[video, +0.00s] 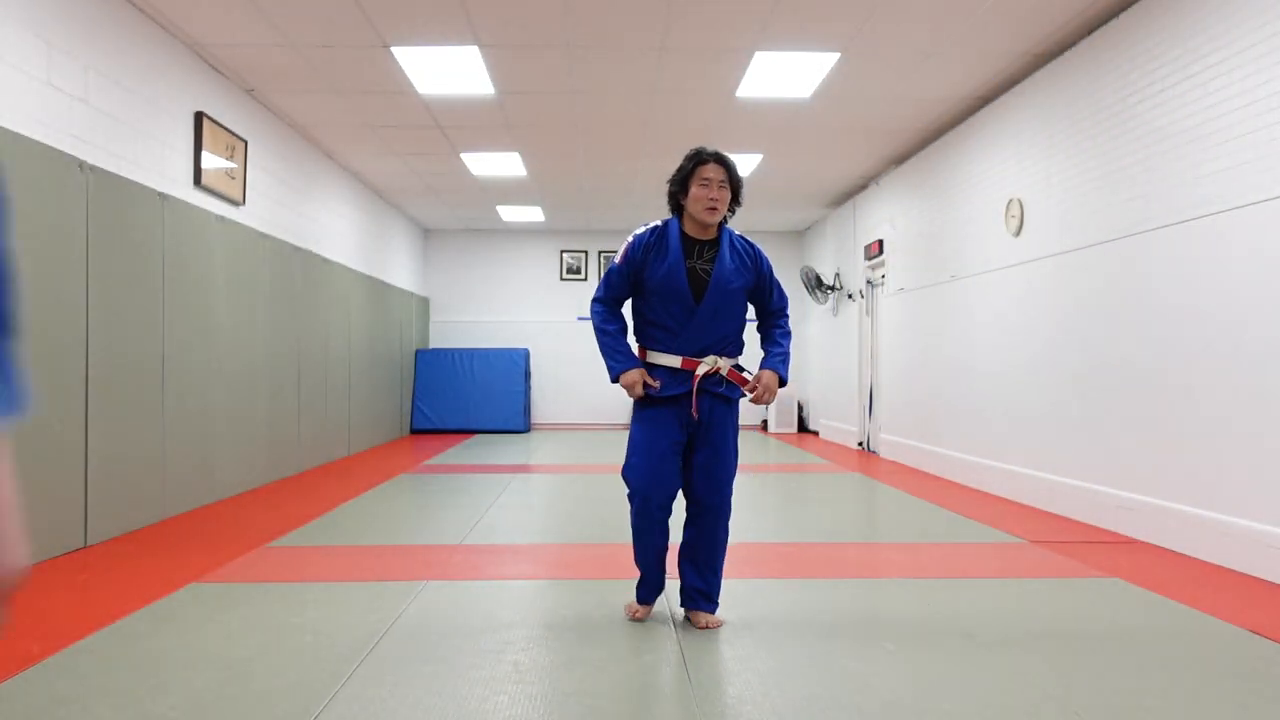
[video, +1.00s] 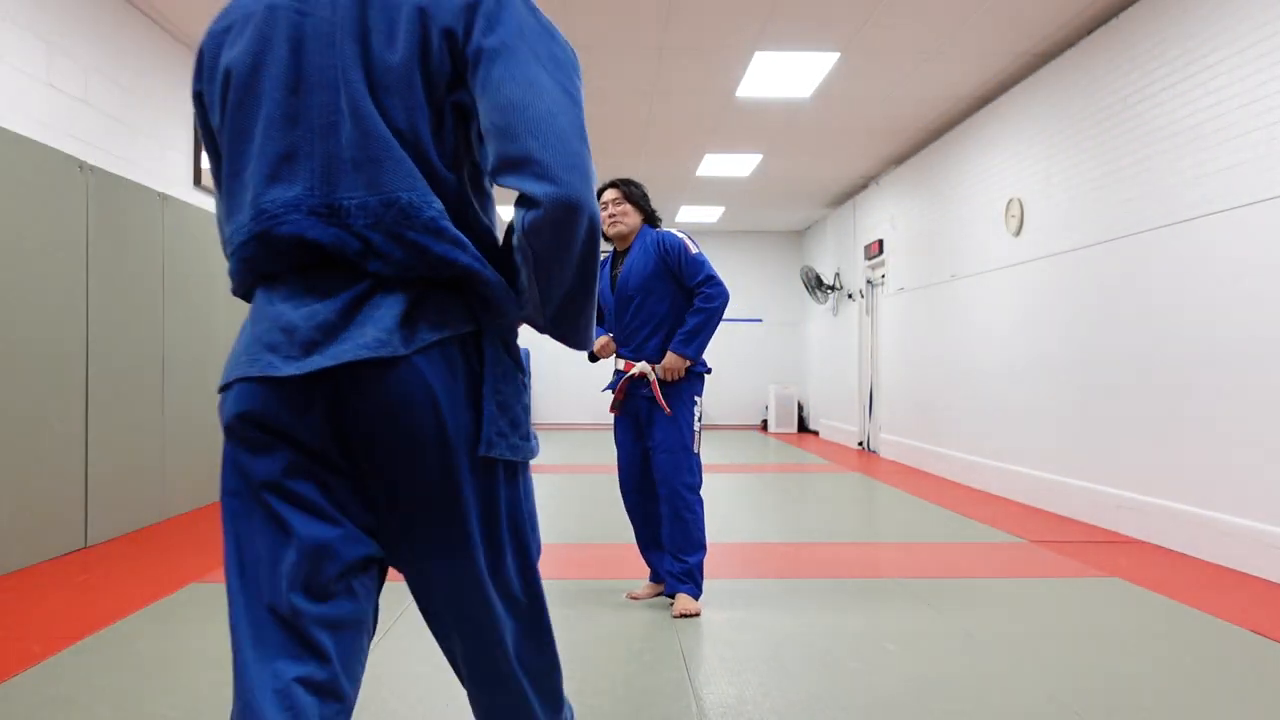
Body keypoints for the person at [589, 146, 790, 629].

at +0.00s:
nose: (714, 194)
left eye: (723, 186)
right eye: (703, 184)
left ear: (732, 198)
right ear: (681, 192)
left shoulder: (748, 256)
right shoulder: (648, 245)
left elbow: (775, 316)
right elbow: (605, 305)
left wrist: (774, 367)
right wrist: (623, 364)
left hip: (719, 395)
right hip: (658, 392)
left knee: (712, 501)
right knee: (647, 488)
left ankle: (700, 601)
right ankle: (649, 584)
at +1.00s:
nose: (610, 210)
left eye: (619, 203)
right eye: (603, 206)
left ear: (642, 211)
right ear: (600, 221)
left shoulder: (668, 244)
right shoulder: (604, 269)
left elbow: (713, 293)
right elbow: (594, 317)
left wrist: (682, 350)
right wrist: (597, 340)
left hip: (672, 381)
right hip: (628, 383)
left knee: (676, 481)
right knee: (636, 482)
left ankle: (686, 586)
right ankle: (662, 576)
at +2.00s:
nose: (674, 209)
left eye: (684, 203)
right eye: (666, 201)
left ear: (698, 214)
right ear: (651, 210)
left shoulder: (722, 260)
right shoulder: (629, 265)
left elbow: (754, 322)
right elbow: (611, 328)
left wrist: (758, 386)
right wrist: (622, 379)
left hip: (710, 390)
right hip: (653, 393)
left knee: (721, 492)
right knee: (652, 491)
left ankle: (736, 591)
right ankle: (666, 575)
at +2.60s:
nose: (741, 196)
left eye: (752, 191)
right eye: (734, 186)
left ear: (764, 205)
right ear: (715, 193)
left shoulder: (775, 255)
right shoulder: (680, 242)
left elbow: (805, 324)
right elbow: (646, 303)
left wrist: (783, 283)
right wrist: (637, 367)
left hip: (740, 390)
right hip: (680, 384)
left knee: (739, 498)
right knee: (662, 493)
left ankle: (738, 596)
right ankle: (647, 595)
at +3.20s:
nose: (644, 182)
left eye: (654, 173)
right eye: (633, 177)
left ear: (675, 183)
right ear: (623, 196)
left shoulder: (708, 227)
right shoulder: (617, 258)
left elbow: (762, 272)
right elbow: (605, 336)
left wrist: (729, 239)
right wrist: (604, 408)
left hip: (719, 383)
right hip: (655, 389)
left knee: (744, 493)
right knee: (653, 506)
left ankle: (750, 580)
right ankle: (658, 619)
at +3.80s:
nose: (659, 171)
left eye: (672, 163)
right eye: (651, 165)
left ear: (696, 176)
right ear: (640, 180)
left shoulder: (724, 228)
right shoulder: (639, 243)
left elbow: (738, 298)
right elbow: (621, 326)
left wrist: (657, 279)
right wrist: (604, 397)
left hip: (712, 389)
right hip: (655, 391)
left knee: (725, 522)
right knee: (650, 514)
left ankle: (750, 649)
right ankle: (660, 619)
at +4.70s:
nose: (727, 157)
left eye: (743, 147)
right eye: (721, 146)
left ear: (774, 159)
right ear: (714, 155)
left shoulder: (793, 225)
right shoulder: (716, 219)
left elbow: (800, 330)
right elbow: (699, 307)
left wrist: (716, 362)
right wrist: (681, 375)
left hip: (767, 394)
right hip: (710, 388)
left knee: (753, 526)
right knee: (681, 509)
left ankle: (758, 657)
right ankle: (690, 626)